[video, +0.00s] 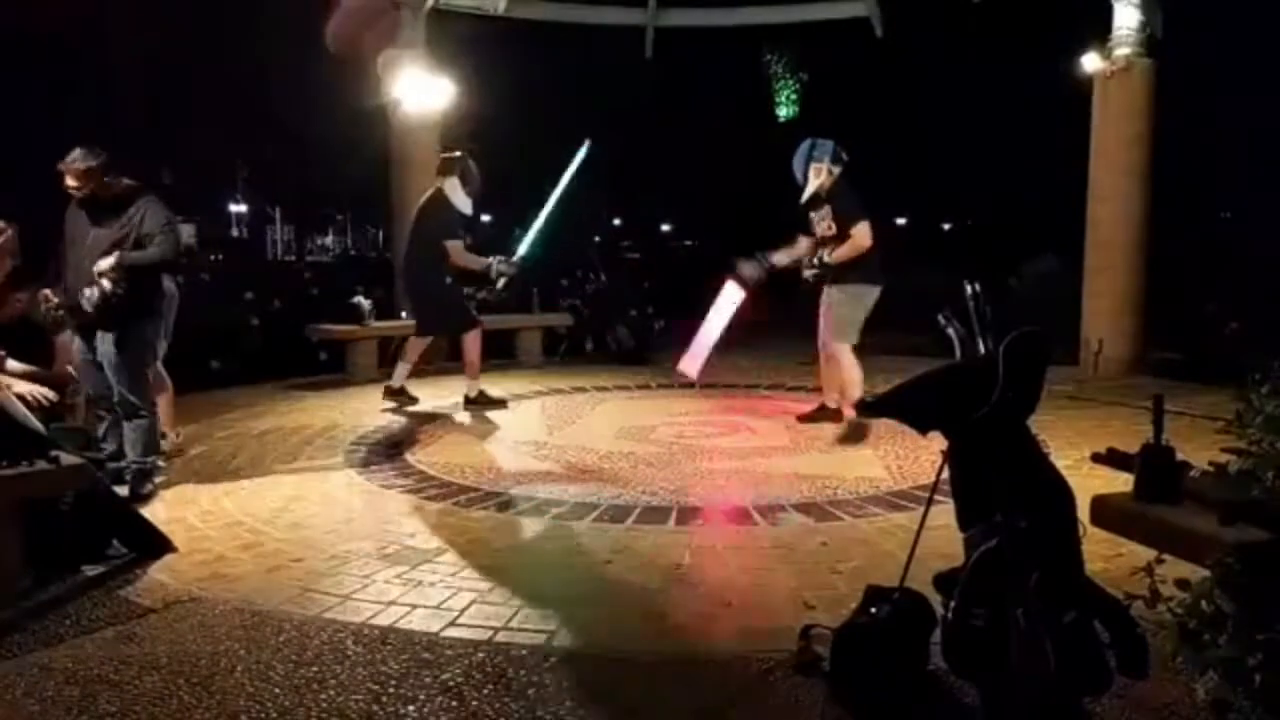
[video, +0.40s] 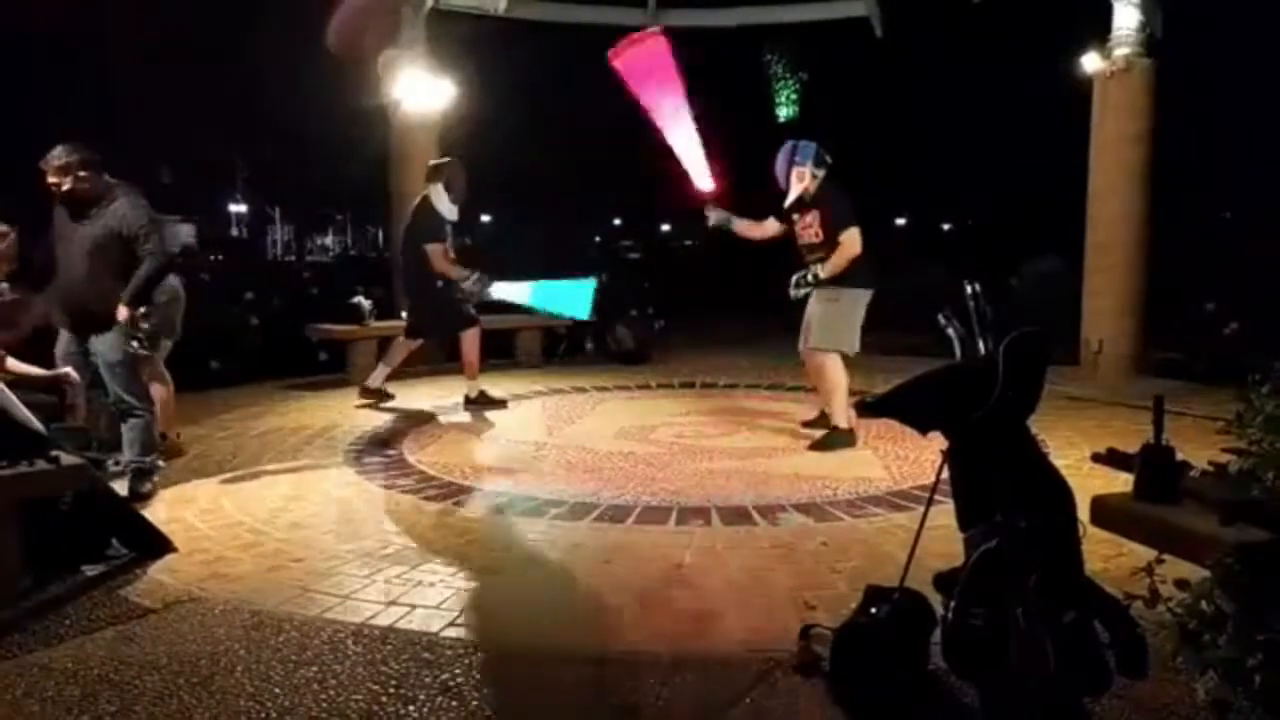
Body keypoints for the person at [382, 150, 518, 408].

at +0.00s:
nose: (476, 182)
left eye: (474, 176)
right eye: (472, 176)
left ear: (447, 175)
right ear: (461, 176)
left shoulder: (438, 200)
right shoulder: (444, 205)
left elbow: (457, 252)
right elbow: (457, 255)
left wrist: (488, 264)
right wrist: (490, 265)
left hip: (421, 277)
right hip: (432, 279)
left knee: (425, 329)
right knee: (471, 327)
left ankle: (396, 384)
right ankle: (473, 391)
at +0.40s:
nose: (463, 185)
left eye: (462, 179)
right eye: (459, 179)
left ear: (442, 181)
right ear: (446, 181)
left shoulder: (439, 207)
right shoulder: (429, 212)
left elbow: (445, 254)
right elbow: (438, 263)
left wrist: (464, 274)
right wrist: (467, 276)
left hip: (426, 285)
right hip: (428, 286)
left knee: (413, 335)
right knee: (470, 326)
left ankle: (373, 384)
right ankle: (473, 392)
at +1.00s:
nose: (439, 176)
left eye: (438, 170)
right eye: (434, 170)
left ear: (417, 173)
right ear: (421, 172)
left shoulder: (419, 199)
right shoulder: (402, 199)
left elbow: (426, 232)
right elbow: (419, 233)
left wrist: (448, 225)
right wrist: (448, 227)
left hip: (400, 280)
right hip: (400, 281)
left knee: (392, 332)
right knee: (442, 322)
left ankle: (365, 387)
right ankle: (449, 389)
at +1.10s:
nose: (447, 179)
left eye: (446, 173)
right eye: (443, 173)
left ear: (423, 175)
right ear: (430, 175)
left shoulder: (419, 201)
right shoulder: (413, 202)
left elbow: (432, 235)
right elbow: (428, 234)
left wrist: (458, 232)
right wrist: (460, 232)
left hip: (402, 285)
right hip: (408, 286)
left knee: (401, 333)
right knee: (452, 324)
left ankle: (369, 387)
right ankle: (459, 391)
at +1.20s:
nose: (453, 183)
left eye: (452, 177)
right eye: (449, 177)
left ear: (431, 178)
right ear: (438, 179)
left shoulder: (427, 204)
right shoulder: (422, 206)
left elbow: (441, 248)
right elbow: (443, 248)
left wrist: (474, 238)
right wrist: (476, 238)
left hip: (408, 285)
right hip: (412, 287)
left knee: (406, 335)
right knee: (460, 322)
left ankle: (370, 387)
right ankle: (460, 391)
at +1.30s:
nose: (457, 183)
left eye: (455, 177)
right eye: (453, 177)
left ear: (429, 178)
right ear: (442, 179)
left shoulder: (417, 203)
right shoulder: (431, 207)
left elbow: (443, 250)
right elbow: (451, 251)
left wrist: (479, 242)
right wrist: (483, 242)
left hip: (402, 284)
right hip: (418, 286)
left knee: (404, 332)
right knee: (457, 323)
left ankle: (369, 387)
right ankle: (459, 391)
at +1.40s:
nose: (457, 185)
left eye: (456, 179)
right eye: (453, 179)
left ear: (428, 178)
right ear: (442, 180)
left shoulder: (415, 204)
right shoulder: (431, 208)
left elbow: (444, 250)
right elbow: (456, 251)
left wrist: (486, 241)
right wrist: (490, 242)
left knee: (395, 331)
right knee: (450, 326)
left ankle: (364, 387)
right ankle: (458, 391)